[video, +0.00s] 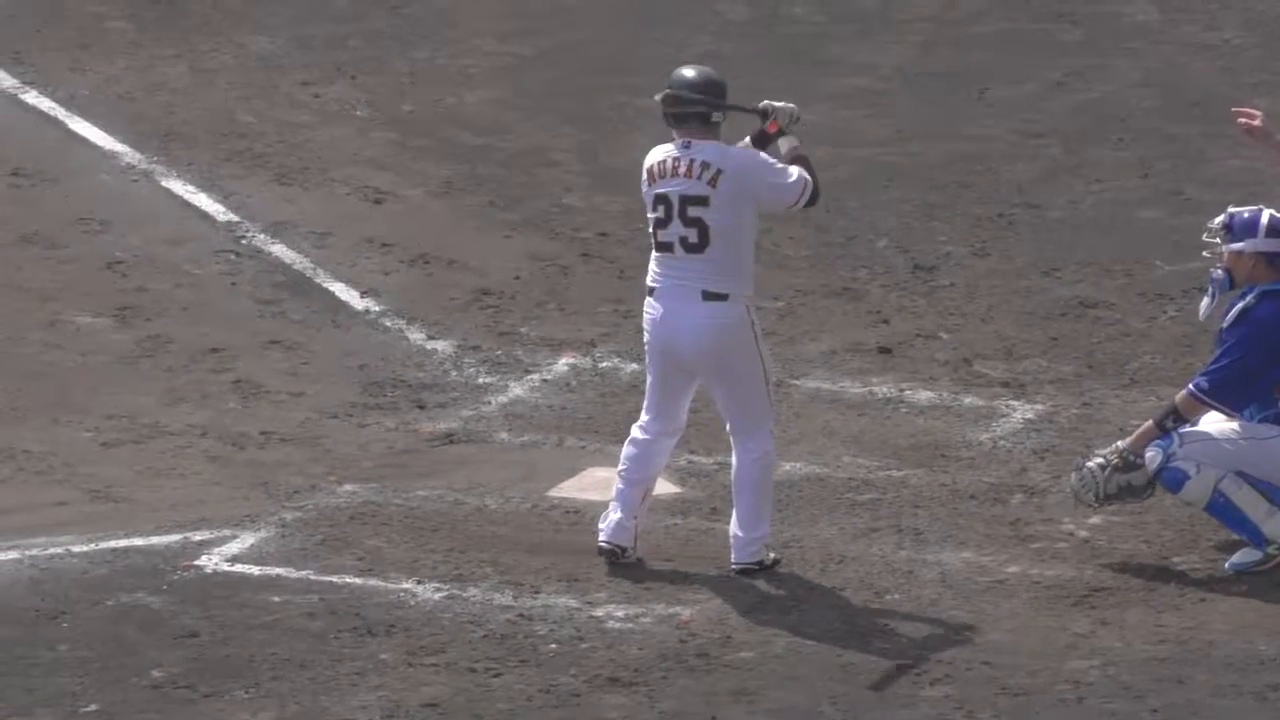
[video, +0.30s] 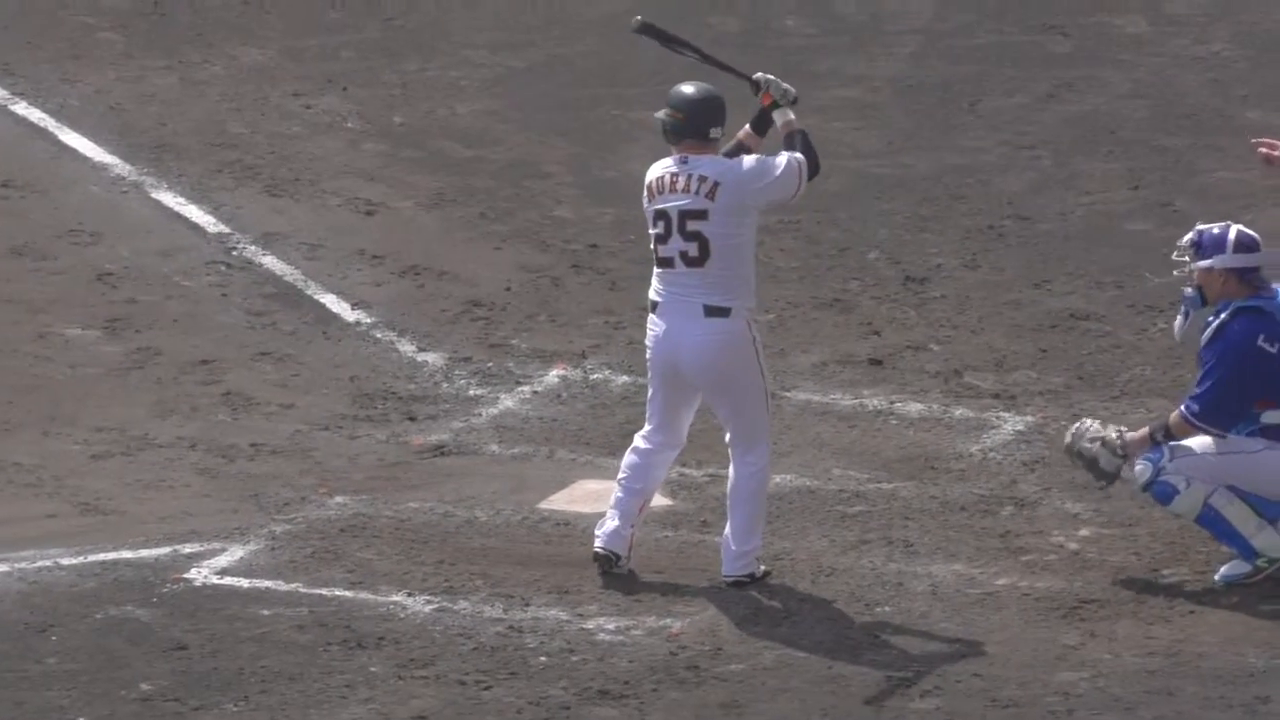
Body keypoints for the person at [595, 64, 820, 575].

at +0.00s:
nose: (687, 119)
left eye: (675, 110)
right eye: (718, 111)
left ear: (671, 113)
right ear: (720, 114)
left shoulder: (653, 162)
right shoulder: (743, 164)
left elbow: (712, 174)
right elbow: (806, 190)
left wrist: (761, 137)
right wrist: (791, 146)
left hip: (661, 312)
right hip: (724, 318)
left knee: (655, 421)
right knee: (751, 433)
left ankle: (615, 532)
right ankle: (748, 550)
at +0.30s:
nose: (664, 128)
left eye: (667, 123)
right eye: (668, 123)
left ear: (672, 128)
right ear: (717, 127)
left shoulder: (655, 178)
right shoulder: (741, 175)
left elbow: (722, 165)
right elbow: (807, 163)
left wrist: (763, 111)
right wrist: (788, 116)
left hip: (663, 326)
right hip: (723, 332)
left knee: (658, 433)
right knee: (749, 445)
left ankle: (610, 539)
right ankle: (740, 562)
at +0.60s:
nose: (644, 137)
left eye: (646, 132)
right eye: (647, 132)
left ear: (651, 136)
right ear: (696, 135)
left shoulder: (634, 182)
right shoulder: (716, 182)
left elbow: (703, 165)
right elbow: (786, 164)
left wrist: (744, 113)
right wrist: (766, 116)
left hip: (633, 334)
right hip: (694, 340)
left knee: (629, 441)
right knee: (721, 452)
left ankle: (583, 551)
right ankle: (714, 570)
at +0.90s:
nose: (635, 150)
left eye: (637, 144)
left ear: (640, 148)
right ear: (688, 148)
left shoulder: (625, 197)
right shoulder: (707, 195)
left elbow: (702, 185)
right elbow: (773, 186)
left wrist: (740, 140)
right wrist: (758, 141)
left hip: (626, 349)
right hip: (686, 354)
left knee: (622, 451)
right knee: (710, 463)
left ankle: (570, 551)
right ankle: (698, 576)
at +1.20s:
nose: (620, 159)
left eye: (623, 154)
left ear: (627, 157)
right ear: (673, 156)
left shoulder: (610, 203)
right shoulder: (691, 204)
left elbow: (687, 190)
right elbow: (757, 197)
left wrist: (726, 148)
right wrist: (743, 151)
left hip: (604, 354)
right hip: (665, 360)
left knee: (601, 461)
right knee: (692, 470)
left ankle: (552, 564)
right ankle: (682, 585)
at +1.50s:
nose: (614, 172)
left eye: (617, 166)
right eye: (666, 166)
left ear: (620, 170)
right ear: (667, 168)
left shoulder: (604, 215)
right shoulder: (683, 215)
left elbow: (681, 202)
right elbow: (749, 208)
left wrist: (718, 155)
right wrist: (734, 161)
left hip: (600, 365)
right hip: (660, 371)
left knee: (595, 472)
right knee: (685, 482)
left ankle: (544, 574)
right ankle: (673, 596)